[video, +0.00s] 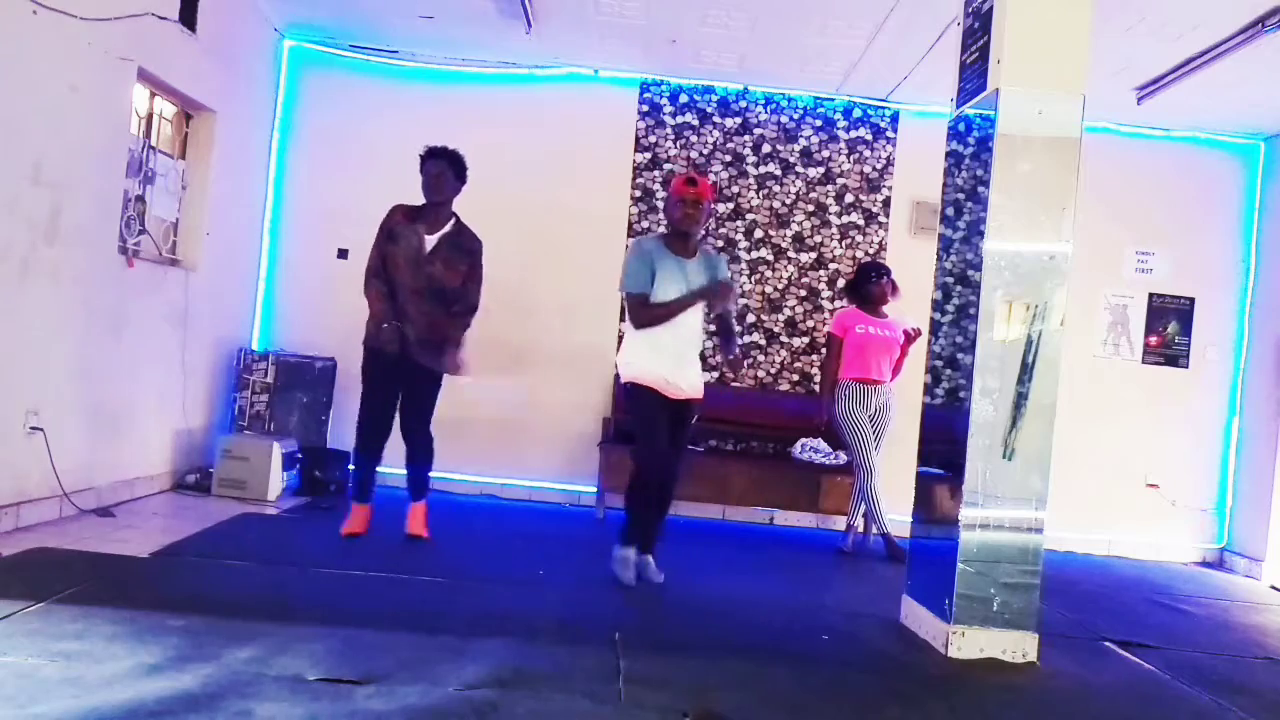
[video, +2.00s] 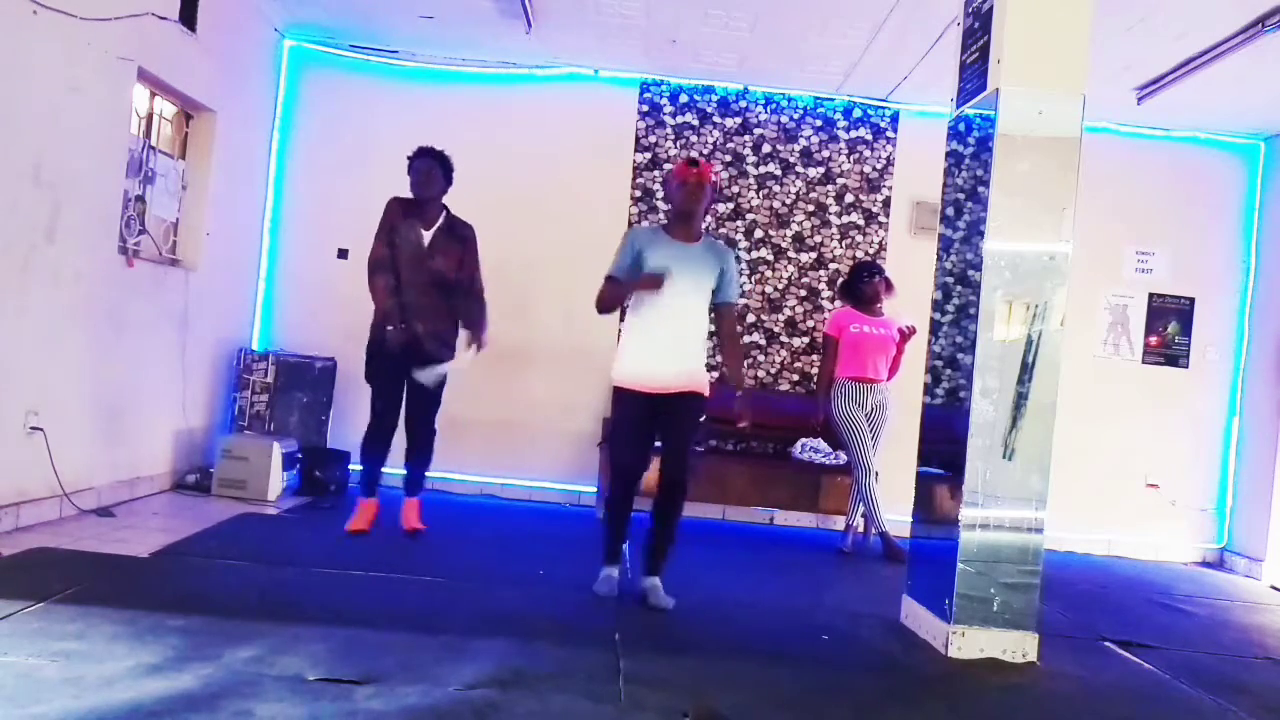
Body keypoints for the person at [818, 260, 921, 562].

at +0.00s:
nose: (890, 286)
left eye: (890, 281)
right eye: (883, 281)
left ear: (889, 287)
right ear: (866, 287)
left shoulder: (894, 328)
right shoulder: (846, 317)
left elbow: (892, 374)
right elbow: (831, 363)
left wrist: (906, 348)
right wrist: (826, 404)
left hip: (881, 397)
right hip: (850, 394)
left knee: (867, 465)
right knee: (867, 463)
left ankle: (849, 533)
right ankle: (887, 536)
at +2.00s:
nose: (879, 301)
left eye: (882, 295)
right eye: (872, 296)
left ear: (886, 290)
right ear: (857, 291)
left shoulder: (890, 326)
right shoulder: (840, 317)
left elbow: (889, 374)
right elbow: (827, 364)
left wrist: (901, 345)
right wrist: (822, 404)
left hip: (878, 396)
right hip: (846, 392)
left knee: (866, 465)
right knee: (865, 463)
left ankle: (849, 533)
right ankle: (884, 535)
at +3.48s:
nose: (876, 286)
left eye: (880, 281)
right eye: (869, 281)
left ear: (885, 288)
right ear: (856, 288)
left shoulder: (890, 327)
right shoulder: (839, 318)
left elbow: (889, 376)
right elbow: (825, 364)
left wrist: (899, 349)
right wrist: (817, 404)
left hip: (876, 397)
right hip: (844, 393)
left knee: (864, 465)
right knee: (862, 463)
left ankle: (847, 532)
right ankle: (882, 535)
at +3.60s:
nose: (876, 283)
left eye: (879, 278)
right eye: (869, 278)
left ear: (885, 287)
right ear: (856, 287)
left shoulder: (891, 327)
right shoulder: (840, 317)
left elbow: (889, 376)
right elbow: (826, 364)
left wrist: (900, 349)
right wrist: (818, 404)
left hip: (876, 397)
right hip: (844, 393)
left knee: (864, 465)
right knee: (862, 463)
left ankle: (847, 532)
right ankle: (882, 535)